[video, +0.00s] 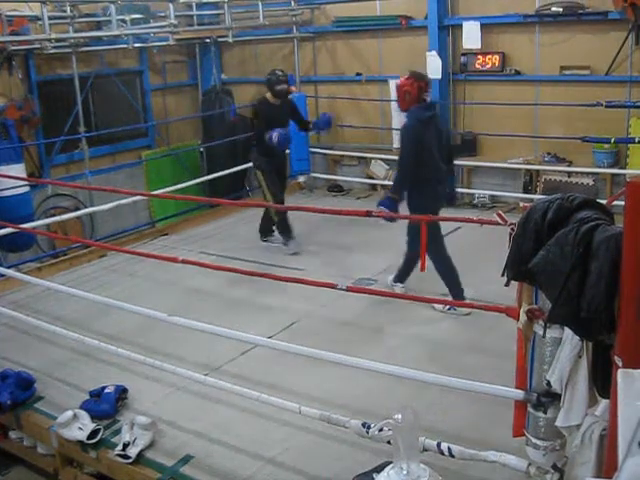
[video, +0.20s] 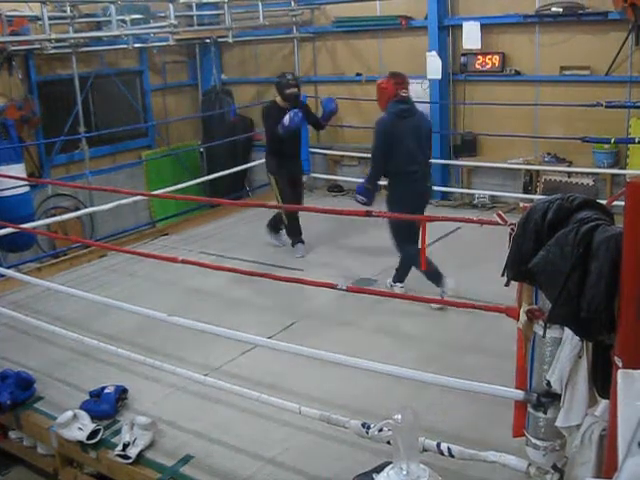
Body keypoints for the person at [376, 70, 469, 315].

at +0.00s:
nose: (398, 98)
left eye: (402, 93)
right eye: (399, 93)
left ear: (412, 96)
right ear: (421, 95)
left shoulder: (412, 125)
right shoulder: (434, 119)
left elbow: (405, 166)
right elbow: (447, 154)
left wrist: (392, 198)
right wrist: (449, 188)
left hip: (420, 192)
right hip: (435, 190)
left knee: (433, 245)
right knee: (416, 238)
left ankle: (458, 298)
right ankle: (398, 280)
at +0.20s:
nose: (378, 98)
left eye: (380, 93)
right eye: (378, 93)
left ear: (389, 94)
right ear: (403, 93)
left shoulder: (385, 123)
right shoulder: (422, 119)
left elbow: (379, 162)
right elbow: (426, 154)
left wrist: (368, 187)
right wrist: (416, 176)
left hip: (399, 187)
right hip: (422, 184)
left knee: (403, 242)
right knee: (412, 236)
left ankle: (440, 281)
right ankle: (397, 282)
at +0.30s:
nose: (368, 100)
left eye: (370, 95)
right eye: (369, 95)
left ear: (378, 96)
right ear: (394, 94)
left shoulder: (376, 123)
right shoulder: (413, 119)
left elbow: (367, 159)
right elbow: (417, 155)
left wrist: (357, 186)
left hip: (392, 187)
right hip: (416, 186)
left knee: (383, 238)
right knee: (408, 236)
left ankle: (419, 272)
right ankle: (398, 281)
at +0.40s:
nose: (359, 99)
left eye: (361, 95)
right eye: (360, 95)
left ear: (369, 96)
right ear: (385, 94)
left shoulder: (365, 124)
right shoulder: (405, 118)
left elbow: (358, 161)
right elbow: (407, 151)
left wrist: (348, 186)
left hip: (382, 185)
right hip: (408, 183)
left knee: (369, 232)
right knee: (405, 231)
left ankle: (393, 273)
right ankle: (401, 273)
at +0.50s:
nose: (351, 100)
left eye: (353, 96)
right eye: (352, 96)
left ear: (359, 97)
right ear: (378, 95)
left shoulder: (356, 124)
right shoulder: (397, 117)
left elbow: (350, 160)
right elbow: (397, 149)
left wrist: (342, 186)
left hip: (372, 185)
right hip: (398, 183)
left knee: (356, 227)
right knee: (400, 230)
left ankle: (361, 276)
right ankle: (398, 280)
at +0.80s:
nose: (323, 96)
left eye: (324, 92)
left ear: (325, 95)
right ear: (345, 95)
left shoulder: (315, 120)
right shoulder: (359, 120)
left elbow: (313, 154)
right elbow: (365, 151)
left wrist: (322, 172)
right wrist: (357, 171)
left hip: (325, 183)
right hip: (355, 181)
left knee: (320, 232)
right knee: (375, 226)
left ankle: (318, 278)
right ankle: (391, 278)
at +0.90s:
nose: (318, 97)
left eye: (315, 93)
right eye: (324, 93)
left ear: (311, 95)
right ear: (334, 94)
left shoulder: (303, 123)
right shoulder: (347, 117)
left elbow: (301, 155)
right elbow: (358, 148)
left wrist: (320, 162)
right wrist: (356, 166)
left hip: (316, 182)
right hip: (346, 181)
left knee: (313, 228)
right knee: (361, 228)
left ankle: (317, 276)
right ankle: (369, 276)